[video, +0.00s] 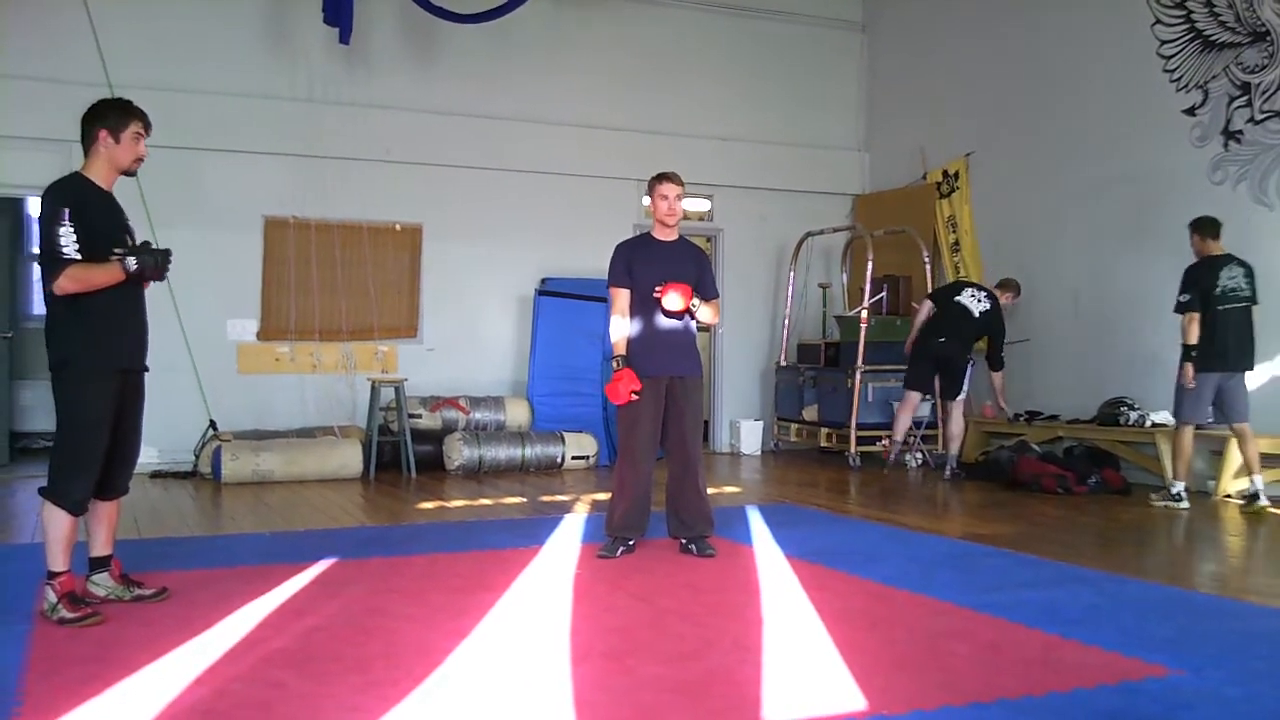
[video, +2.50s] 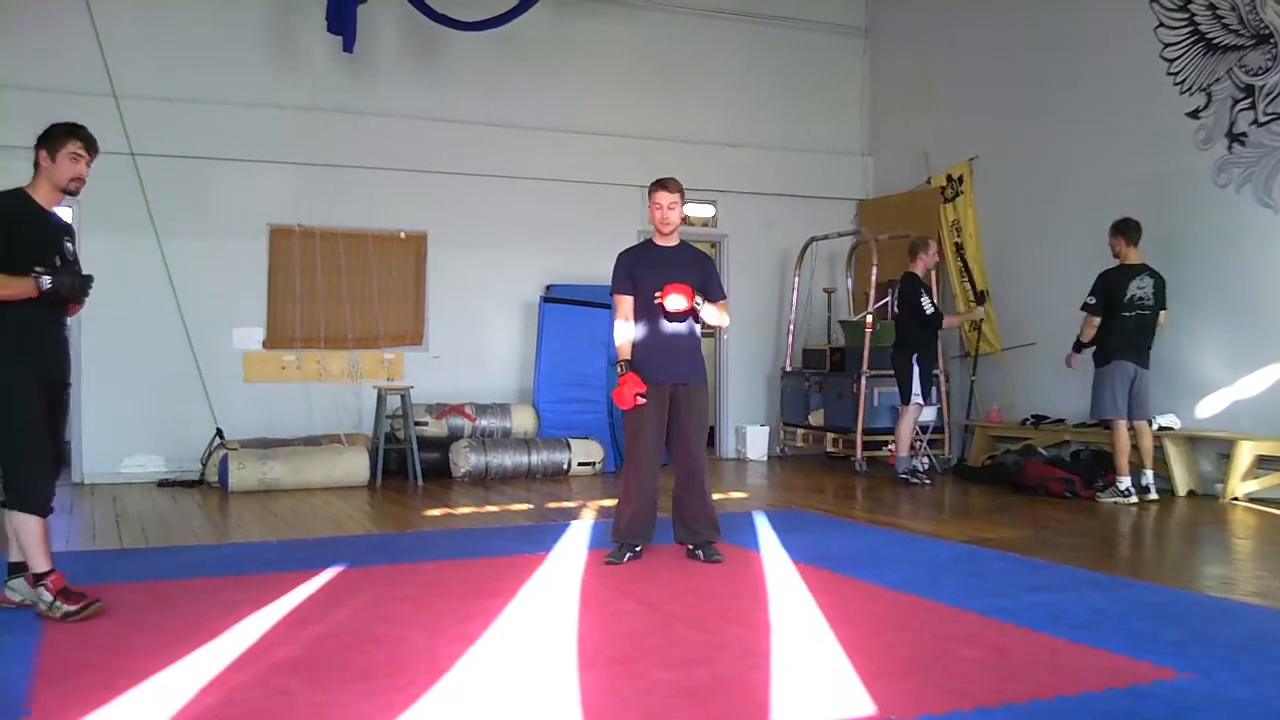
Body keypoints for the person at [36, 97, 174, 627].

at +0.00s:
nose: (144, 151)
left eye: (145, 141)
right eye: (138, 139)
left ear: (110, 141)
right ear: (104, 138)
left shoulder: (110, 204)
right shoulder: (65, 194)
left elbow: (105, 273)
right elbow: (63, 280)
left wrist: (142, 269)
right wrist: (131, 267)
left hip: (124, 360)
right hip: (83, 361)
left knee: (113, 467)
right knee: (73, 468)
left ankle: (103, 575)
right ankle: (57, 589)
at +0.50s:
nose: (107, 145)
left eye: (108, 136)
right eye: (99, 134)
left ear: (76, 139)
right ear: (65, 135)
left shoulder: (72, 200)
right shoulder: (37, 193)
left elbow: (77, 271)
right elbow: (59, 274)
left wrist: (115, 253)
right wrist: (116, 249)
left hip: (90, 361)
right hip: (53, 362)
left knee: (81, 468)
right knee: (42, 469)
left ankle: (70, 577)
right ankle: (24, 590)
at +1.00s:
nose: (89, 142)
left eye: (91, 133)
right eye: (79, 131)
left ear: (84, 140)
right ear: (47, 134)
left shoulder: (77, 208)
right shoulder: (11, 195)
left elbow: (79, 286)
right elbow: (5, 275)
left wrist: (101, 278)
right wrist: (74, 266)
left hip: (85, 361)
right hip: (34, 361)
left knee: (77, 468)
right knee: (32, 469)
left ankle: (71, 578)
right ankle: (23, 592)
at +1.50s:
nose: (110, 148)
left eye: (115, 139)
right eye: (100, 136)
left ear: (117, 146)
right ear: (69, 137)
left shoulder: (108, 206)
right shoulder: (24, 200)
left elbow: (128, 283)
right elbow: (8, 284)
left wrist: (120, 272)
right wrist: (83, 273)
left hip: (105, 358)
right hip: (46, 362)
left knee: (146, 460)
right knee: (53, 477)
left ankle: (114, 556)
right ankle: (62, 591)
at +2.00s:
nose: (38, 148)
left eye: (42, 140)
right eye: (28, 137)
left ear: (41, 149)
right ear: (2, 141)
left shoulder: (37, 212)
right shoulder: (2, 205)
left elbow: (56, 290)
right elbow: (3, 280)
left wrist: (58, 279)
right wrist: (27, 275)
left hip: (37, 364)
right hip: (8, 363)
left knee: (18, 480)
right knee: (11, 480)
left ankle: (11, 584)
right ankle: (12, 586)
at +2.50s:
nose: (82, 170)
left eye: (87, 163)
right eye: (75, 158)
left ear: (84, 170)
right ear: (43, 157)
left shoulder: (62, 227)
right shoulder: (6, 207)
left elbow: (65, 307)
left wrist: (73, 294)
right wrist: (43, 284)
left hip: (49, 365)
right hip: (11, 363)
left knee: (30, 465)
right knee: (30, 464)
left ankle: (18, 575)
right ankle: (46, 585)